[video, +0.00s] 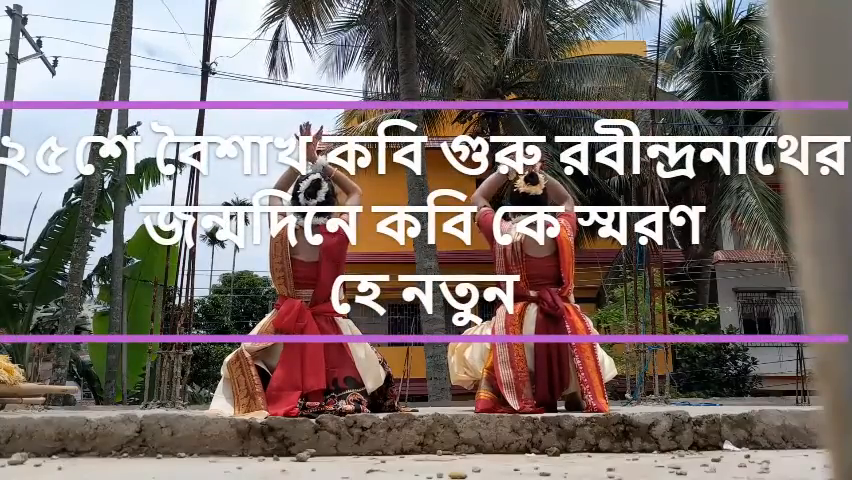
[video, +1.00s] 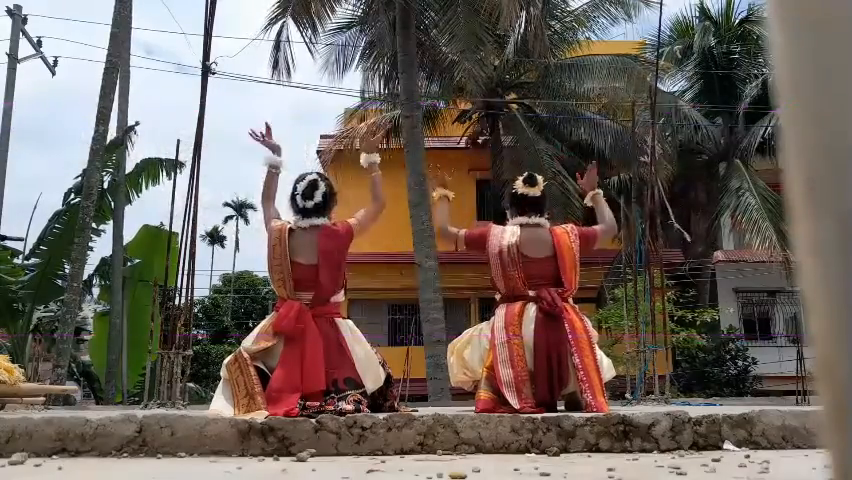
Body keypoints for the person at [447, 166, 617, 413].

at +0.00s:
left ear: (510, 206)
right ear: (544, 204)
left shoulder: (502, 233)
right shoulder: (562, 231)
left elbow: (479, 197)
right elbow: (566, 200)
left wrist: (505, 171)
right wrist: (540, 176)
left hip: (517, 320)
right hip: (562, 319)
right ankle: (575, 395)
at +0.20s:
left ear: (511, 201)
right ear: (546, 199)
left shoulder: (500, 231)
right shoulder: (561, 229)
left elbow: (478, 196)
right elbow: (568, 198)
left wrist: (499, 166)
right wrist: (548, 166)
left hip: (515, 321)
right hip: (561, 320)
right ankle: (575, 395)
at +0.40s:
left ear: (508, 200)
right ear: (545, 198)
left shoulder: (500, 232)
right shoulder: (562, 228)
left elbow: (472, 200)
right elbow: (577, 198)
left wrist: (493, 169)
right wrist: (547, 168)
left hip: (514, 322)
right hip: (560, 321)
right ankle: (575, 394)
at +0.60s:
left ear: (513, 206)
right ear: (546, 205)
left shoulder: (499, 233)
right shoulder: (564, 231)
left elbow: (466, 208)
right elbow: (585, 203)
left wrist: (479, 178)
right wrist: (557, 178)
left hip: (515, 318)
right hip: (561, 317)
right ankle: (577, 398)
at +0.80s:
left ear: (509, 205)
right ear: (545, 204)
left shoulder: (496, 234)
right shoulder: (566, 233)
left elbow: (452, 216)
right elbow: (601, 214)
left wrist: (457, 183)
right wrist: (581, 186)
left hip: (512, 323)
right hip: (560, 321)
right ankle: (576, 396)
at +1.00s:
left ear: (511, 207)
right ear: (544, 207)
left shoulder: (495, 236)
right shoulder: (566, 235)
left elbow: (444, 233)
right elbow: (610, 226)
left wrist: (441, 197)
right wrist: (596, 196)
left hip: (512, 323)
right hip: (561, 321)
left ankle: (490, 393)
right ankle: (575, 394)